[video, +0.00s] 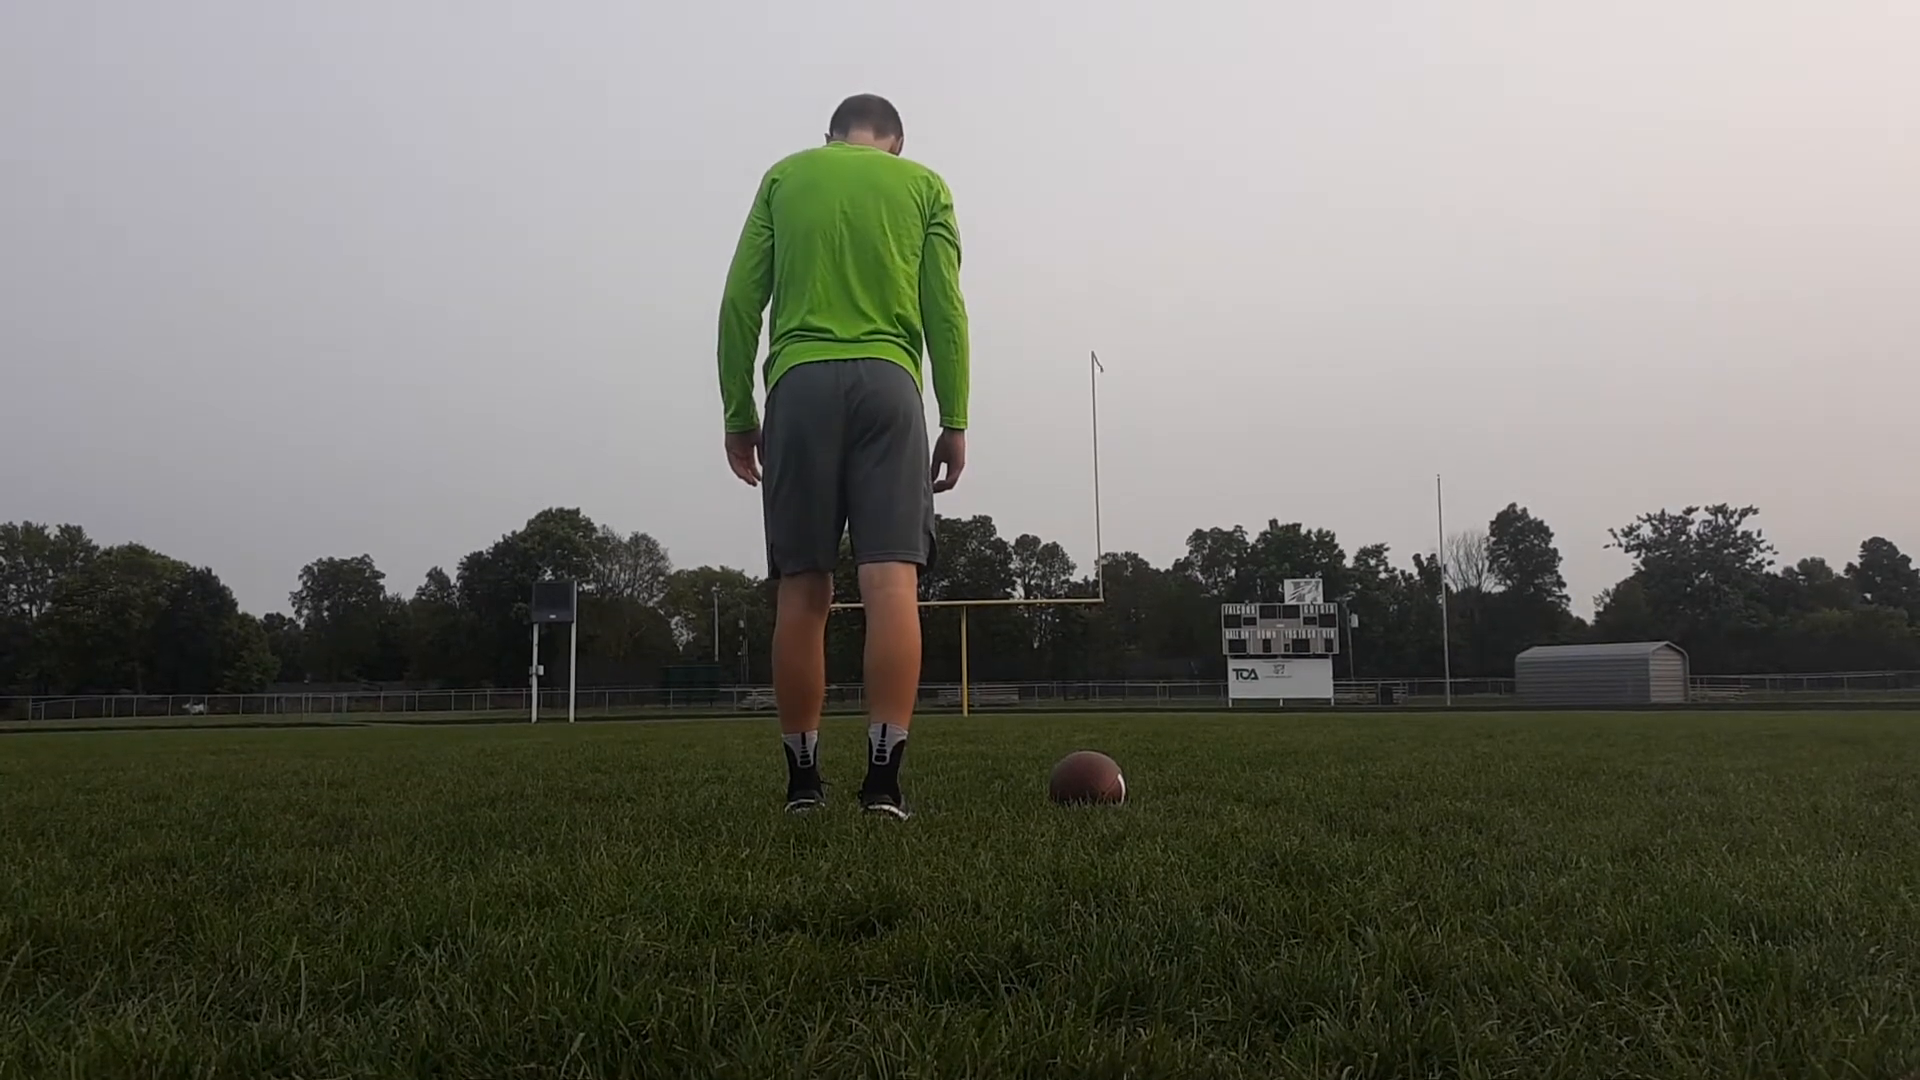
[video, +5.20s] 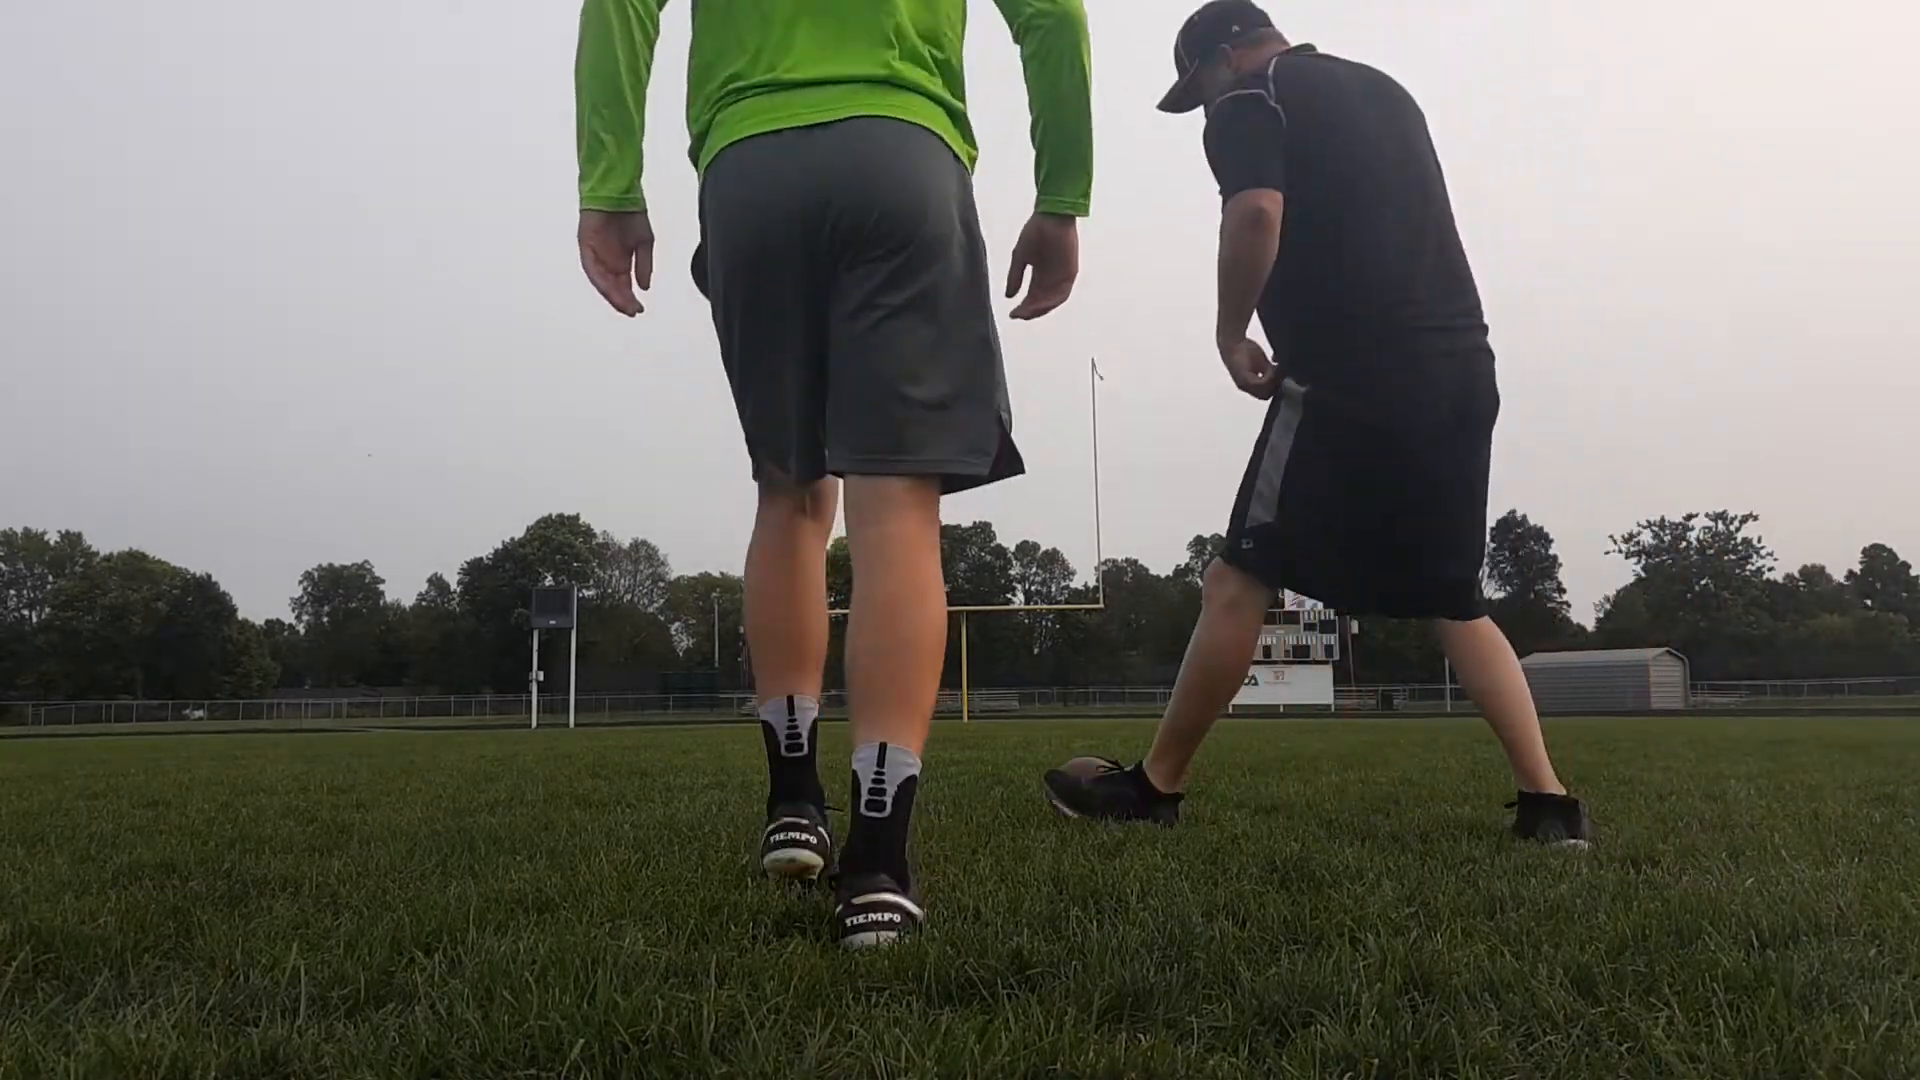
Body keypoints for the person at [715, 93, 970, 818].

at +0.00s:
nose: (895, 157)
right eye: (898, 146)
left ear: (831, 134)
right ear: (895, 139)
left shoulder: (785, 174)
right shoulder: (922, 184)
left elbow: (740, 298)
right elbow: (943, 304)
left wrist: (739, 414)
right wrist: (955, 421)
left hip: (800, 384)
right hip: (887, 383)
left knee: (802, 588)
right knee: (890, 583)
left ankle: (802, 782)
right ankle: (884, 785)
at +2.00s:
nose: (907, 176)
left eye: (901, 165)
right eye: (908, 166)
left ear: (841, 148)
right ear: (902, 155)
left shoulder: (787, 187)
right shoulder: (923, 193)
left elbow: (745, 311)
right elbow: (943, 313)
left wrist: (743, 427)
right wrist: (955, 429)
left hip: (801, 396)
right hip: (888, 394)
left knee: (804, 595)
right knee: (890, 591)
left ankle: (804, 787)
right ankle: (883, 792)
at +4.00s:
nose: (905, 95)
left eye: (894, 84)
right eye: (910, 84)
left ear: (836, 72)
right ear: (908, 78)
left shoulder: (784, 126)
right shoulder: (943, 134)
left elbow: (726, 269)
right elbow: (984, 264)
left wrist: (742, 393)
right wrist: (1001, 395)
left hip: (803, 366)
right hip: (902, 374)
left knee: (806, 581)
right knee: (900, 592)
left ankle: (793, 769)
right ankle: (885, 793)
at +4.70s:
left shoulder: (714, 7)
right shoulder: (921, 6)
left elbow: (654, 137)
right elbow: (959, 107)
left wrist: (658, 310)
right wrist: (985, 276)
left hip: (759, 270)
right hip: (879, 268)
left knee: (787, 548)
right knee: (907, 536)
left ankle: (803, 825)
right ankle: (884, 731)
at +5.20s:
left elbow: (618, 7)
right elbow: (1051, 16)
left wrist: (610, 184)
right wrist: (1060, 200)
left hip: (749, 157)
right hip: (906, 148)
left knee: (790, 493)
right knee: (899, 505)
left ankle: (792, 801)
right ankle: (879, 864)